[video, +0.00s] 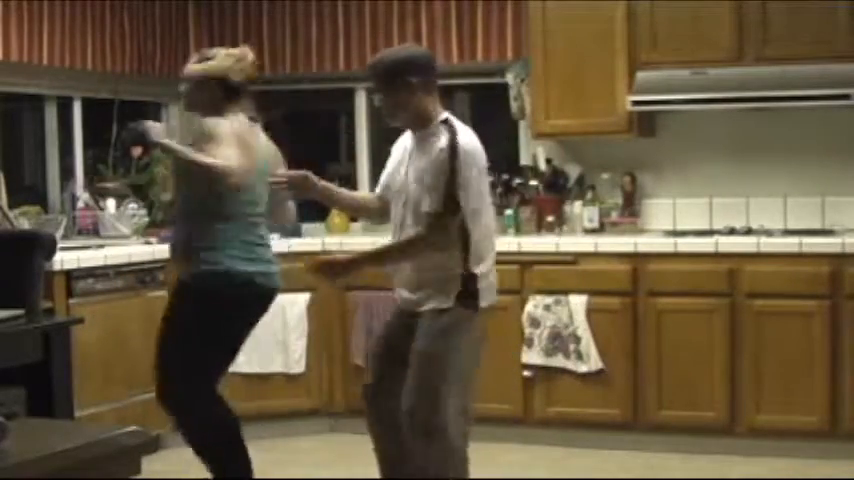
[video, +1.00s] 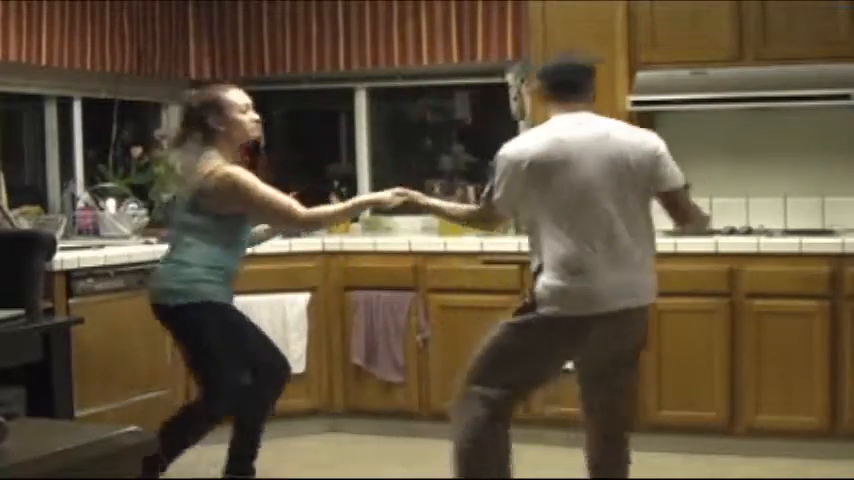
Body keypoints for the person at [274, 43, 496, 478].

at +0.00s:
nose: (379, 105)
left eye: (385, 94)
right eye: (377, 96)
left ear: (417, 87)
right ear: (409, 90)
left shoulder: (458, 145)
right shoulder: (405, 145)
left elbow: (443, 236)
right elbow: (379, 206)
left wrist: (359, 261)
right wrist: (317, 189)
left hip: (455, 305)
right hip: (413, 302)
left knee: (428, 416)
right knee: (382, 401)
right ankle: (403, 477)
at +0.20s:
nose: (379, 107)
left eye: (381, 96)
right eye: (377, 97)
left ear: (404, 88)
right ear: (425, 86)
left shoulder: (418, 147)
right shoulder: (470, 131)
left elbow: (378, 223)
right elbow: (426, 201)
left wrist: (313, 236)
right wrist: (369, 197)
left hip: (454, 304)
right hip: (483, 297)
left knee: (427, 416)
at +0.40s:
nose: (402, 107)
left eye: (402, 96)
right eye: (400, 97)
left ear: (417, 91)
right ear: (455, 89)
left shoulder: (418, 148)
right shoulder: (507, 138)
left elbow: (391, 230)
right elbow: (539, 211)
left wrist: (322, 227)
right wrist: (485, 212)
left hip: (452, 309)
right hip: (505, 303)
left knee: (415, 423)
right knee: (453, 410)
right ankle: (469, 474)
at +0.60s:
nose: (438, 105)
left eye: (440, 98)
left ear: (445, 97)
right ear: (494, 93)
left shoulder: (435, 152)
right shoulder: (544, 142)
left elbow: (391, 225)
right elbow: (585, 208)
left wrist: (320, 196)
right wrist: (536, 215)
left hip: (474, 309)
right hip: (539, 305)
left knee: (411, 418)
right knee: (491, 420)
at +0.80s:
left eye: (488, 94)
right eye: (541, 92)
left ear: (491, 96)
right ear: (541, 92)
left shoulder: (471, 151)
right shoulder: (589, 147)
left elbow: (428, 205)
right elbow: (622, 219)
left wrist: (384, 165)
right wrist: (630, 199)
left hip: (504, 309)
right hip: (572, 307)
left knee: (449, 424)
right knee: (548, 395)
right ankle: (556, 474)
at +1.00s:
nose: (529, 104)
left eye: (531, 96)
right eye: (531, 96)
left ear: (542, 96)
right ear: (589, 94)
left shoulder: (522, 152)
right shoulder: (642, 143)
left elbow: (487, 217)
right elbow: (687, 216)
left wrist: (418, 200)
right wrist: (704, 221)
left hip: (563, 309)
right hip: (630, 307)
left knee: (483, 397)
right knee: (610, 433)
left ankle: (485, 475)